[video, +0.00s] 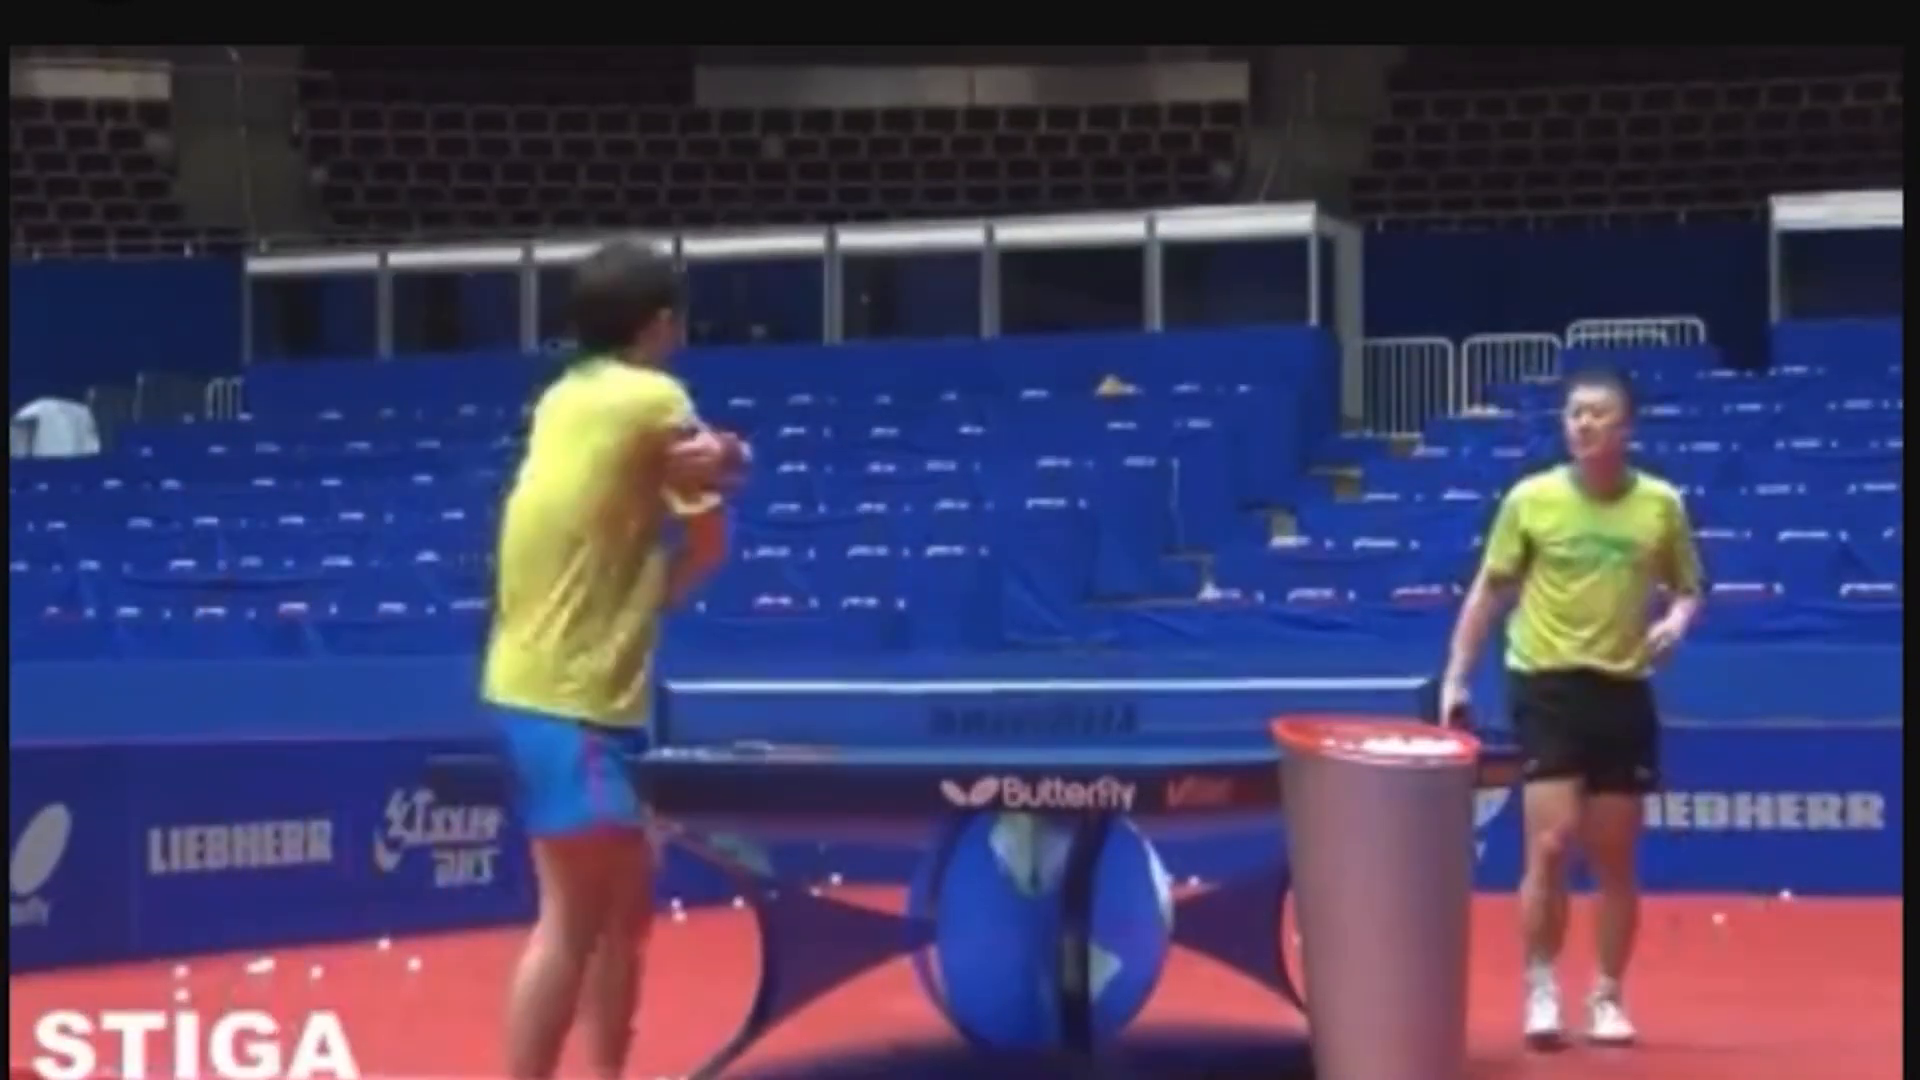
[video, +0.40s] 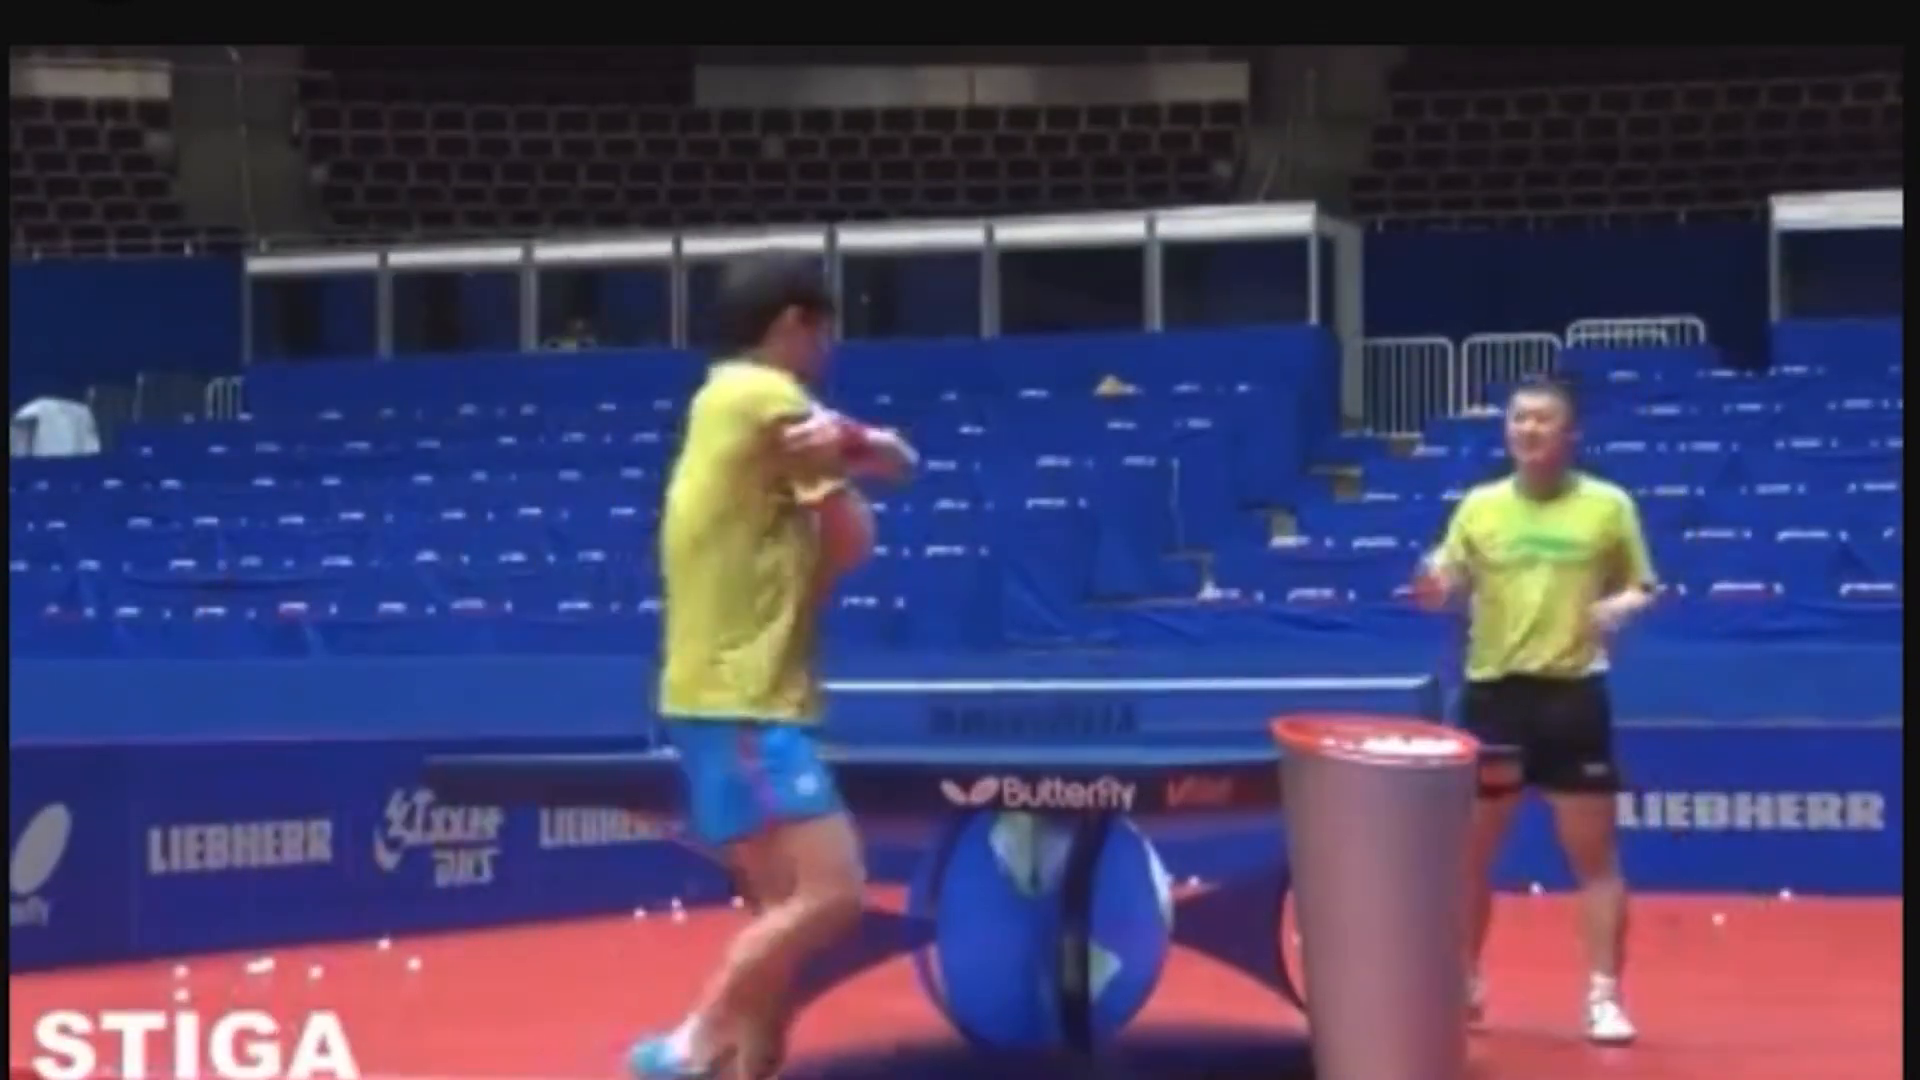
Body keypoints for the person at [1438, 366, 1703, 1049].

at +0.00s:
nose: (1584, 425)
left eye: (1598, 413)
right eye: (1576, 413)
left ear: (1626, 424)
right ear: (1564, 424)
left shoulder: (1660, 505)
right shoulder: (1529, 499)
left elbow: (1689, 587)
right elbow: (1489, 589)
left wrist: (1674, 623)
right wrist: (1455, 675)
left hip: (1623, 678)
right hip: (1547, 676)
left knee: (1615, 850)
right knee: (1551, 843)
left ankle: (1608, 993)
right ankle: (1541, 987)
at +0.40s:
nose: (1528, 431)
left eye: (1542, 419)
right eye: (1519, 418)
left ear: (1570, 432)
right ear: (1506, 429)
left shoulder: (1608, 507)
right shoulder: (1479, 507)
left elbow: (1642, 587)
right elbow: (1450, 577)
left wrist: (1616, 606)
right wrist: (1435, 584)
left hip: (1573, 686)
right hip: (1493, 685)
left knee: (1593, 852)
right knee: (1473, 845)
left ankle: (1604, 992)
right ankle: (1464, 979)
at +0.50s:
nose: (1503, 438)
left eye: (1516, 427)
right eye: (1495, 425)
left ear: (1543, 437)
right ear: (1483, 434)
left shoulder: (1577, 508)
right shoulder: (1454, 515)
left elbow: (1621, 589)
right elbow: (1426, 598)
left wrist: (1583, 609)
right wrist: (1406, 565)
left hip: (1549, 686)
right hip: (1474, 685)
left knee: (1574, 850)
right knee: (1465, 853)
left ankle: (1601, 989)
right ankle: (1462, 987)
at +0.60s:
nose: (1479, 436)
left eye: (1491, 423)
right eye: (1469, 424)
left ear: (1517, 433)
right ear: (1456, 435)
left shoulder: (1556, 507)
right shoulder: (1436, 512)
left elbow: (1595, 587)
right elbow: (1408, 597)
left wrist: (1550, 609)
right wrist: (1372, 533)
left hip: (1529, 685)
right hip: (1458, 683)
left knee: (1551, 846)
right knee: (1457, 849)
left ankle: (1586, 983)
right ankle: (1461, 982)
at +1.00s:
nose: (1418, 437)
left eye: (1430, 425)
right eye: (1408, 428)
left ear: (1458, 431)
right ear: (1396, 443)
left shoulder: (1505, 488)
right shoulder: (1404, 523)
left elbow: (1559, 560)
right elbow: (1365, 605)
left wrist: (1489, 595)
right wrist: (1323, 686)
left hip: (1504, 675)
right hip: (1443, 679)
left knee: (1481, 841)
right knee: (1435, 838)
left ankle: (1461, 987)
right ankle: (1431, 984)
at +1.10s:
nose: (1410, 439)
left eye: (1421, 426)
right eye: (1399, 431)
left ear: (1452, 430)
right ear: (1389, 446)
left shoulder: (1501, 488)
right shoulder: (1401, 522)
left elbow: (1556, 560)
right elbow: (1359, 605)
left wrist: (1488, 598)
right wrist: (1325, 686)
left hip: (1502, 673)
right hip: (1441, 678)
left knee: (1485, 836)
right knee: (1439, 833)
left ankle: (1468, 981)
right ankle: (1437, 978)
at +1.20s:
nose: (1408, 440)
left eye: (1419, 426)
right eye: (1398, 431)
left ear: (1451, 430)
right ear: (1389, 445)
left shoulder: (1499, 489)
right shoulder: (1400, 522)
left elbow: (1553, 560)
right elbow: (1362, 606)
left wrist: (1483, 600)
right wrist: (1333, 685)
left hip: (1499, 672)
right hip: (1438, 677)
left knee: (1491, 834)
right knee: (1446, 834)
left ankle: (1492, 978)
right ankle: (1464, 972)